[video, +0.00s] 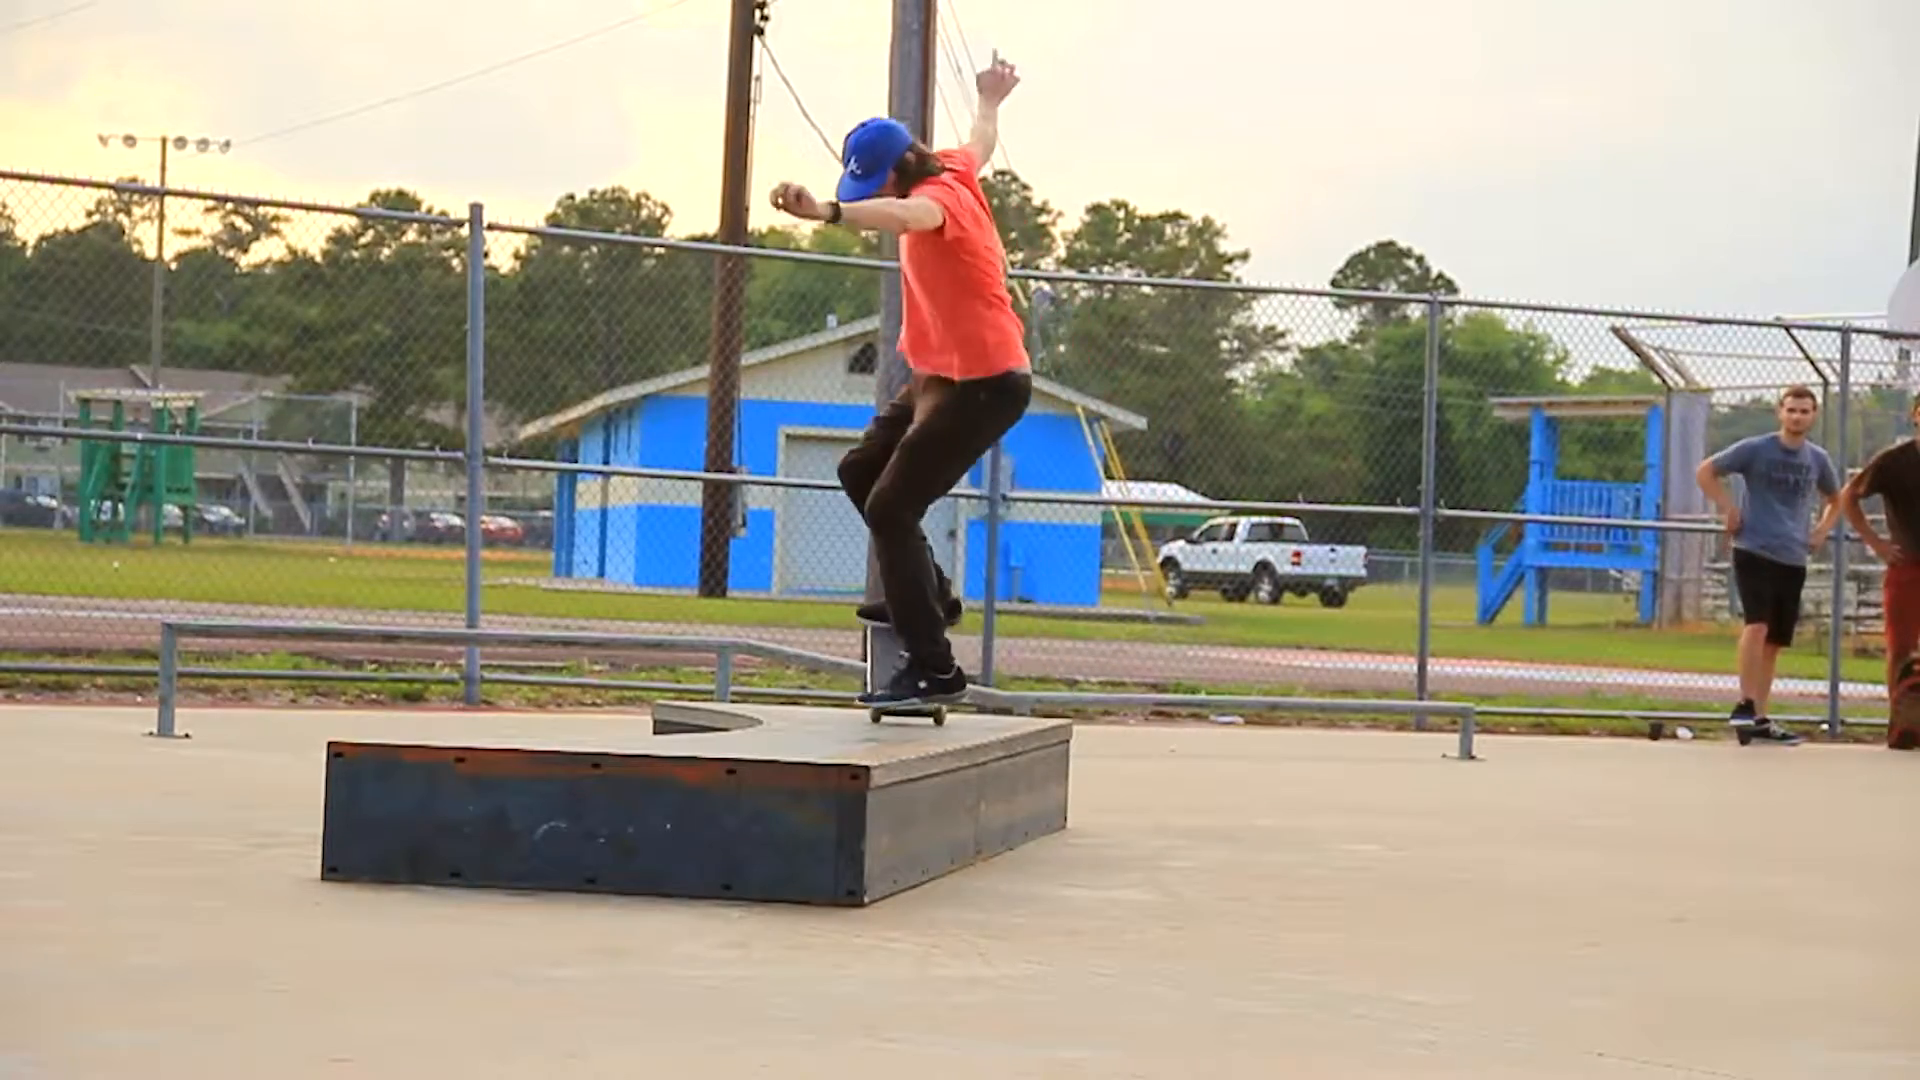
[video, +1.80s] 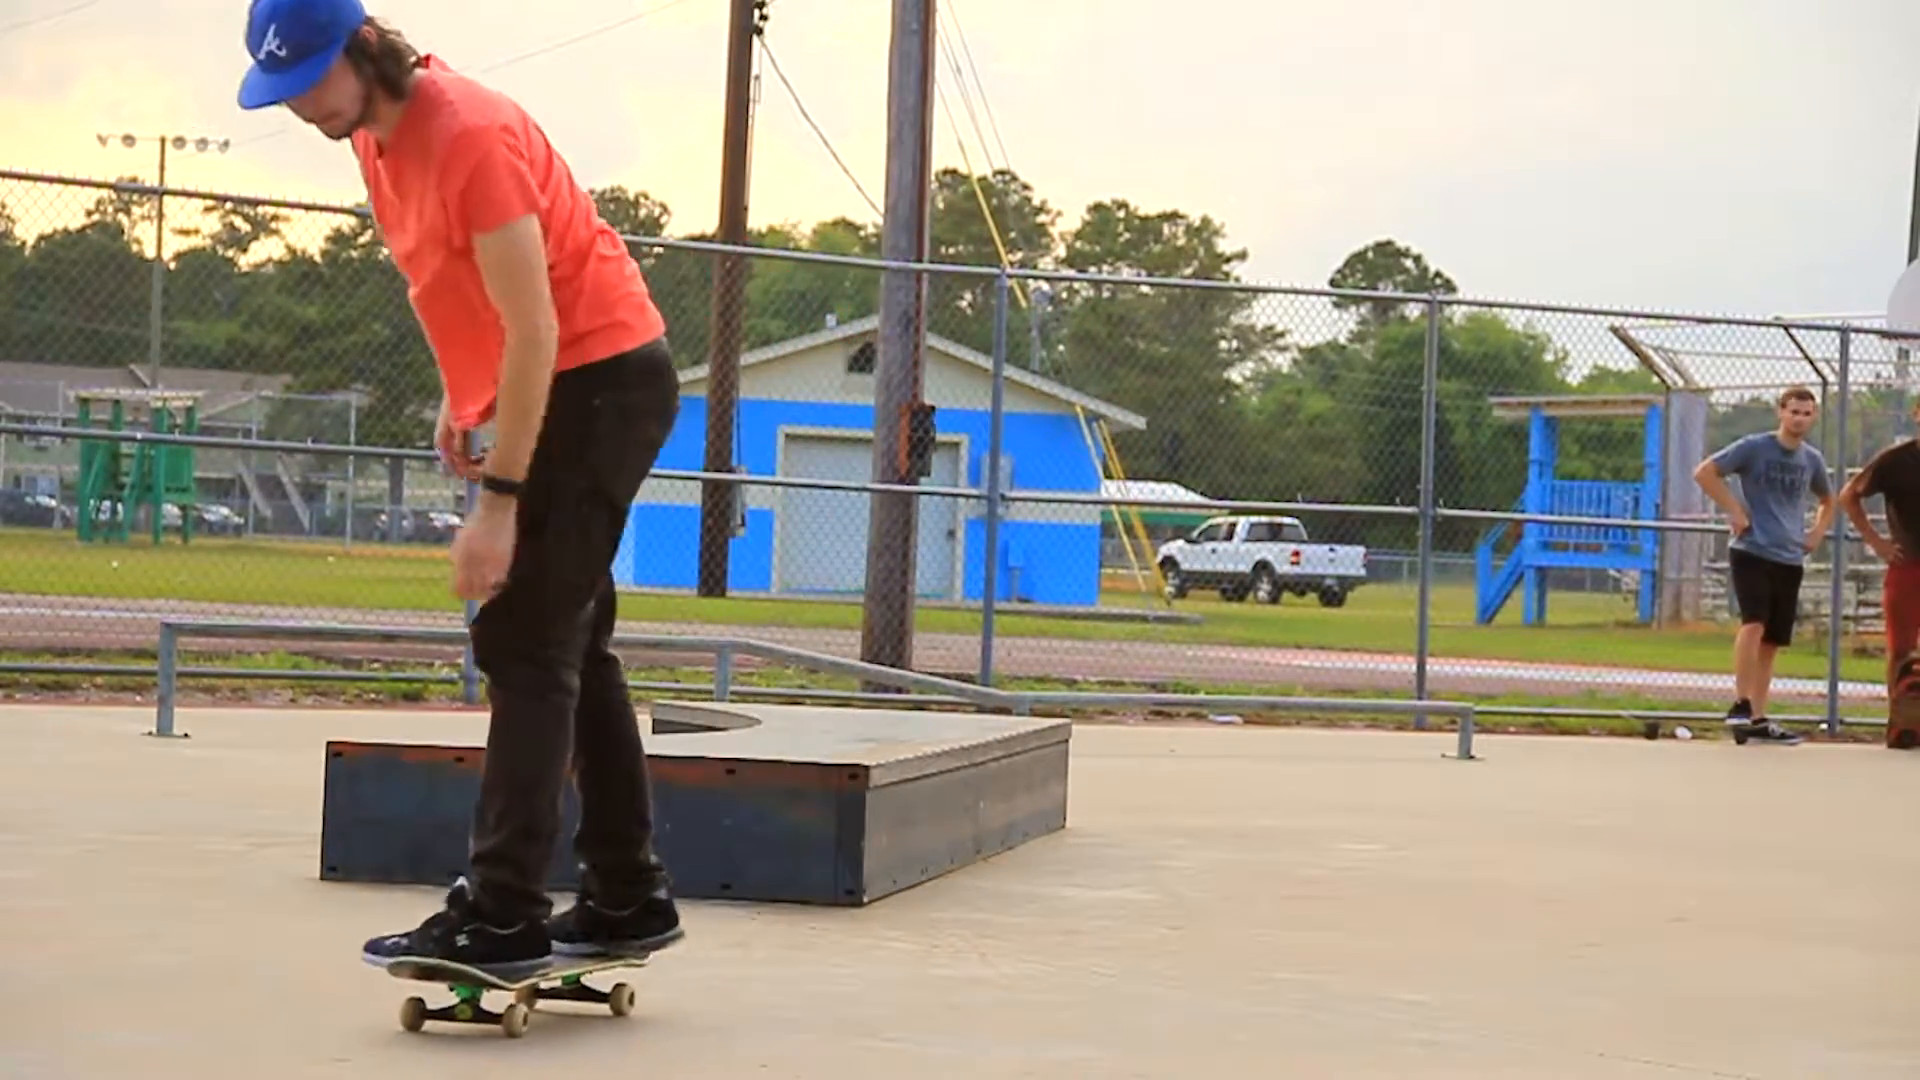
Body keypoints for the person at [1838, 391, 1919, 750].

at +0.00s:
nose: (1919, 419)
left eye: (1919, 413)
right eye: (1919, 413)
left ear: (1914, 416)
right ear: (1914, 416)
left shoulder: (1900, 457)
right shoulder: (1899, 458)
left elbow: (1849, 496)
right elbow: (1849, 496)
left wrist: (1876, 543)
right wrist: (1875, 543)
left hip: (1909, 569)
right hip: (1907, 567)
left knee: (1904, 650)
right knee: (1902, 650)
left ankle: (1905, 727)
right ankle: (1902, 726)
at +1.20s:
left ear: (1914, 416)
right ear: (1915, 416)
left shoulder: (1900, 458)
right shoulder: (1900, 459)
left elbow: (1850, 497)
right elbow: (1849, 496)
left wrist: (1878, 544)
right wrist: (1878, 544)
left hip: (1909, 568)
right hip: (1907, 567)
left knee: (1905, 650)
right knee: (1903, 649)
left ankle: (1905, 726)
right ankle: (1902, 726)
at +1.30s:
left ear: (1914, 417)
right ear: (1915, 417)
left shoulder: (1901, 458)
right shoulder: (1901, 459)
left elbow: (1850, 496)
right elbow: (1849, 496)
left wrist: (1875, 541)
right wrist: (1876, 542)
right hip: (1907, 567)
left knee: (1906, 654)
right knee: (1904, 653)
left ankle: (1905, 733)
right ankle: (1903, 733)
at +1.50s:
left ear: (1914, 417)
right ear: (1915, 417)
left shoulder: (1900, 458)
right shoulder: (1900, 458)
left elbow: (1850, 496)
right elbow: (1849, 495)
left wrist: (1877, 543)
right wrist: (1877, 543)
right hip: (1907, 569)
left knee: (1905, 657)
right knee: (1903, 656)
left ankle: (1906, 739)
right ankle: (1903, 741)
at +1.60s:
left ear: (1914, 416)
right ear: (1915, 416)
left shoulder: (1901, 457)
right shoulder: (1900, 458)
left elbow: (1850, 496)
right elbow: (1849, 495)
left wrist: (1877, 544)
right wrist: (1877, 543)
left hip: (1909, 568)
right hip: (1906, 567)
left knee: (1904, 650)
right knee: (1903, 648)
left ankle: (1905, 726)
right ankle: (1902, 726)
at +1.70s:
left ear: (1913, 415)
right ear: (1915, 415)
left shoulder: (1901, 457)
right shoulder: (1901, 458)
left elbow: (1849, 495)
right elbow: (1849, 495)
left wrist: (1875, 542)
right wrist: (1876, 542)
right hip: (1907, 567)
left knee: (1905, 653)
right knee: (1903, 652)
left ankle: (1904, 732)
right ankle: (1902, 732)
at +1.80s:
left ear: (1914, 415)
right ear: (1915, 415)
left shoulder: (1901, 457)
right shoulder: (1900, 458)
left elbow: (1849, 495)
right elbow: (1849, 495)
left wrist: (1875, 541)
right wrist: (1876, 542)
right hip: (1907, 567)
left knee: (1905, 654)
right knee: (1903, 653)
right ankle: (1901, 732)